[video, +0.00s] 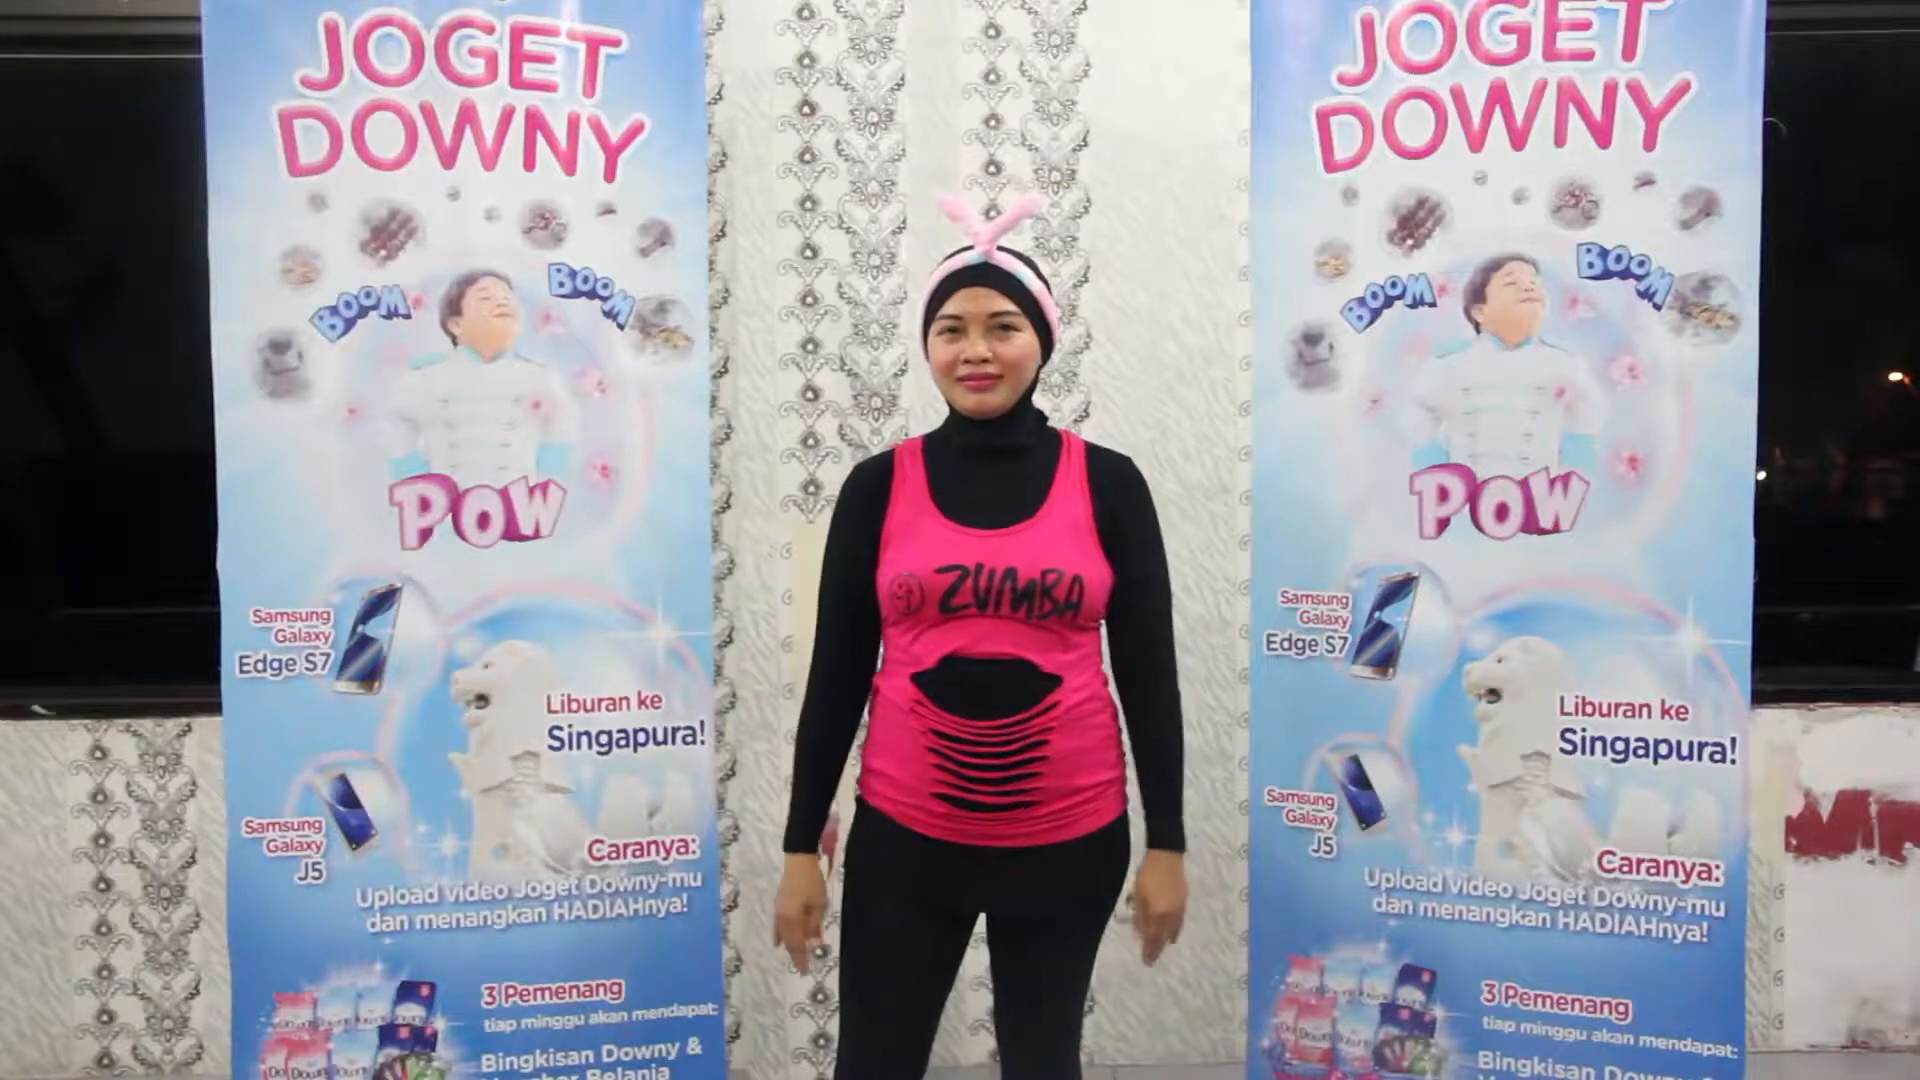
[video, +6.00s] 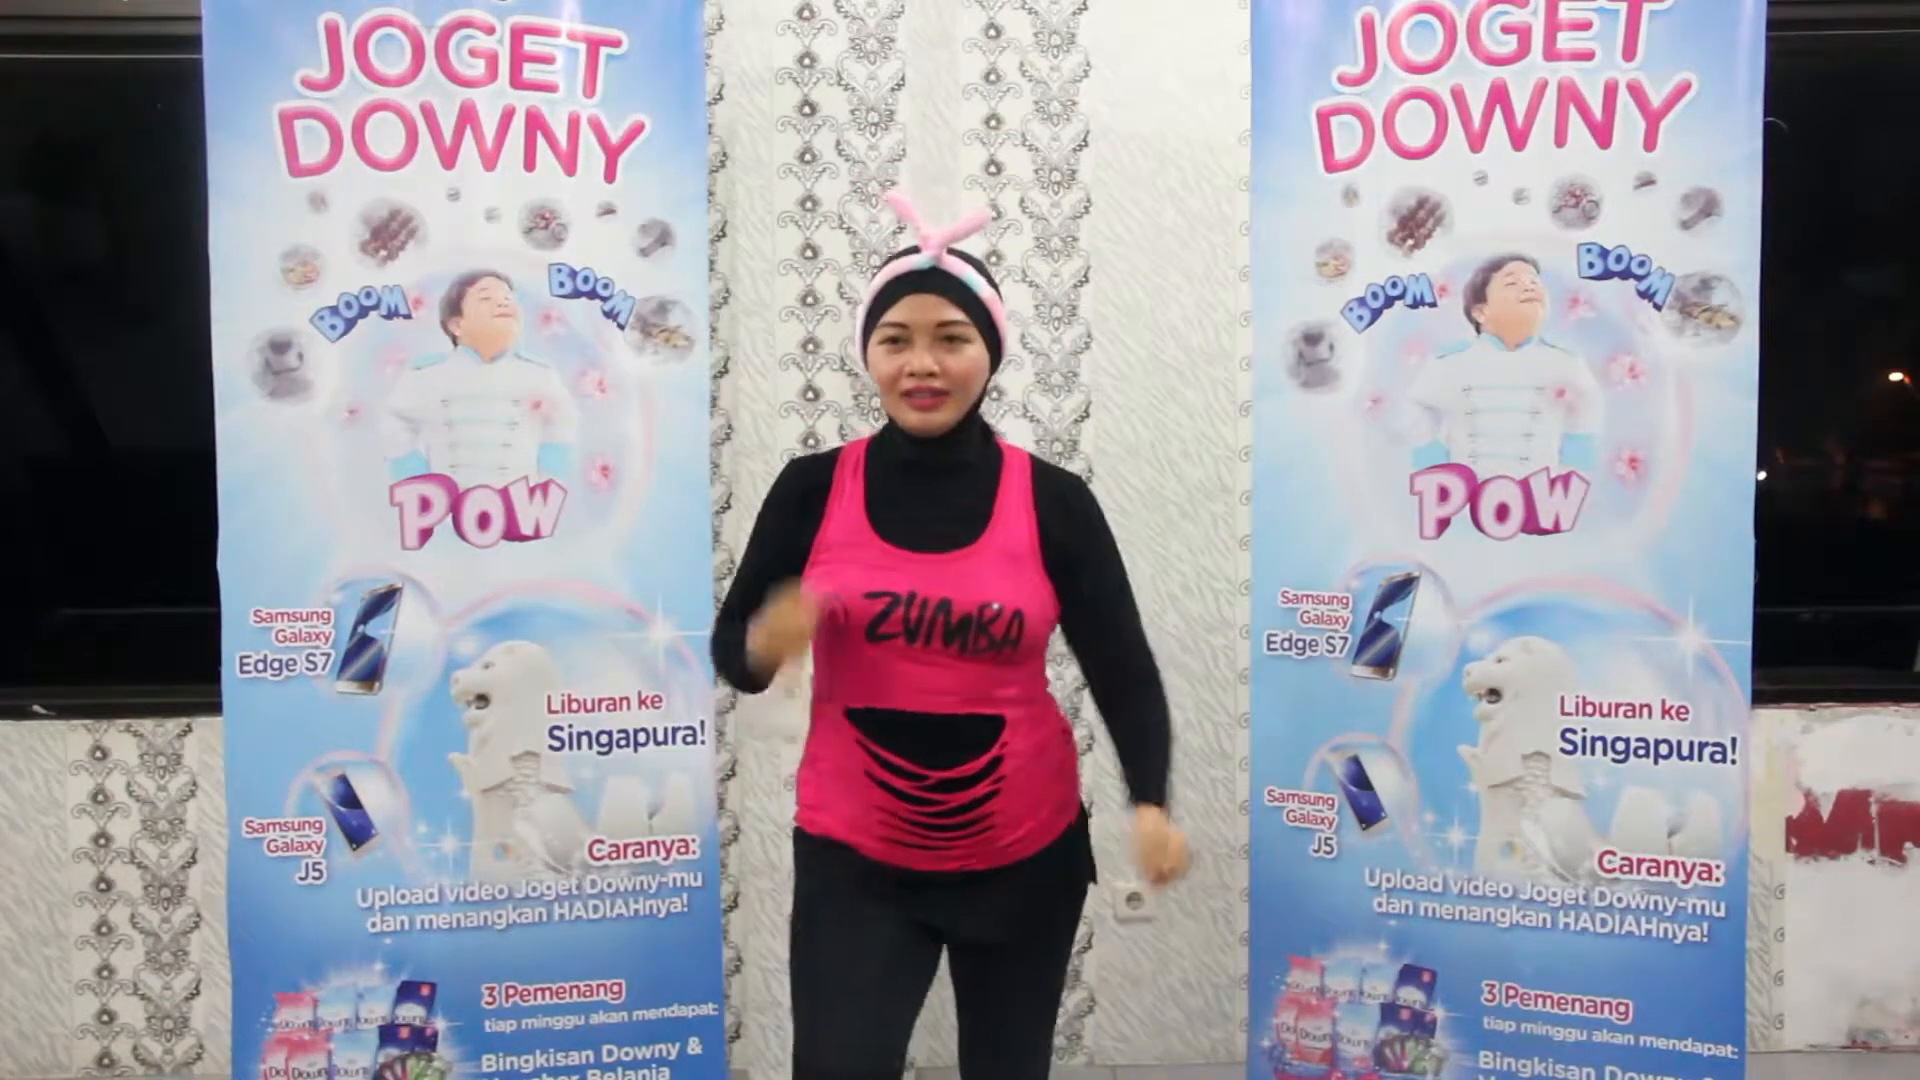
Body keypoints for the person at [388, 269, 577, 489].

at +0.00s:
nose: (502, 302)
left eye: (508, 297)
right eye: (484, 297)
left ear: (518, 315)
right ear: (455, 324)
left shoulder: (538, 378)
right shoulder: (423, 380)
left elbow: (561, 437)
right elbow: (392, 429)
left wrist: (543, 497)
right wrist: (417, 488)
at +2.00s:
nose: (502, 302)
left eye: (508, 296)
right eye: (484, 298)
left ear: (519, 313)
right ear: (454, 324)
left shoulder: (539, 376)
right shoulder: (424, 377)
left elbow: (558, 437)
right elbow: (390, 424)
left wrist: (545, 492)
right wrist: (412, 482)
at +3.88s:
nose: (503, 302)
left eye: (508, 296)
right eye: (485, 298)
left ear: (519, 315)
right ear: (454, 324)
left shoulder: (539, 379)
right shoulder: (422, 379)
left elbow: (560, 435)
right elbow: (393, 429)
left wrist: (547, 489)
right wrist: (415, 486)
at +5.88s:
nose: (502, 303)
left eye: (508, 296)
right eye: (485, 297)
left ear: (518, 315)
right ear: (455, 324)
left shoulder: (536, 376)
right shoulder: (423, 379)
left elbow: (560, 427)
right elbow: (393, 426)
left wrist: (547, 485)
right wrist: (412, 483)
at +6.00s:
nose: (503, 301)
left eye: (508, 296)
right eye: (485, 297)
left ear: (518, 314)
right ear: (455, 324)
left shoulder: (539, 376)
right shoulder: (423, 377)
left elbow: (561, 432)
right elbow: (394, 425)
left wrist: (545, 492)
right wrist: (414, 487)